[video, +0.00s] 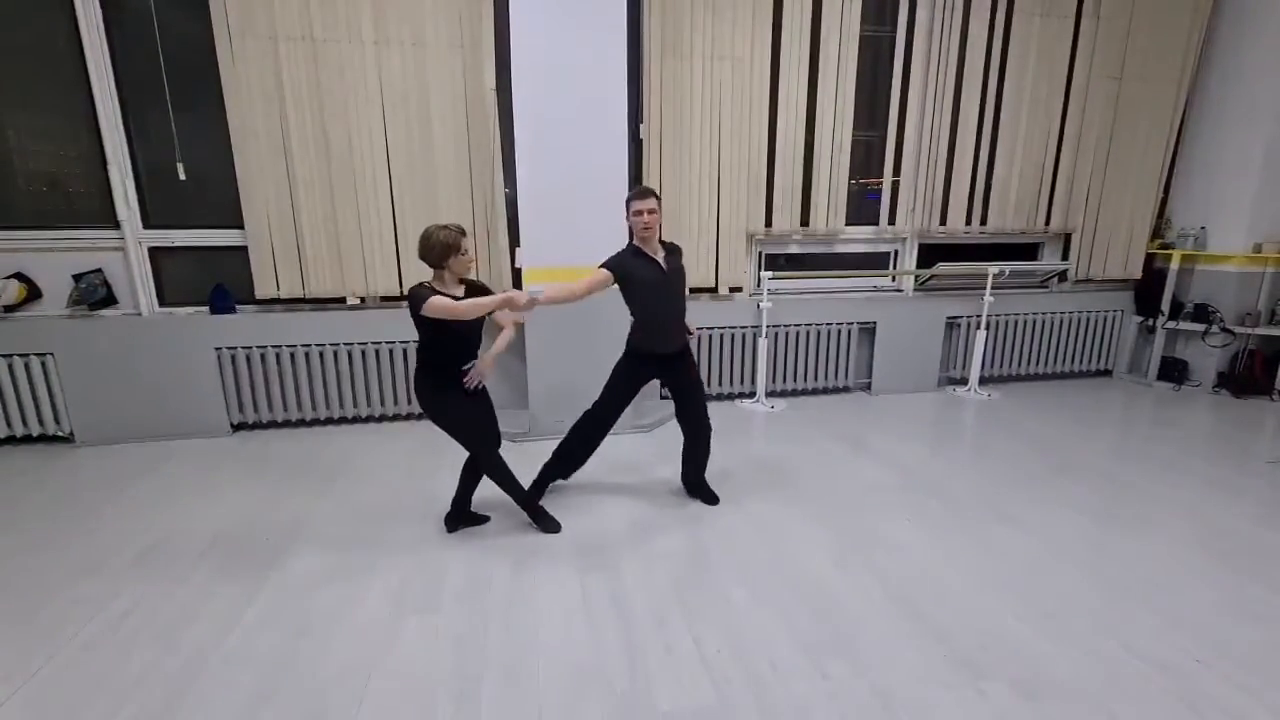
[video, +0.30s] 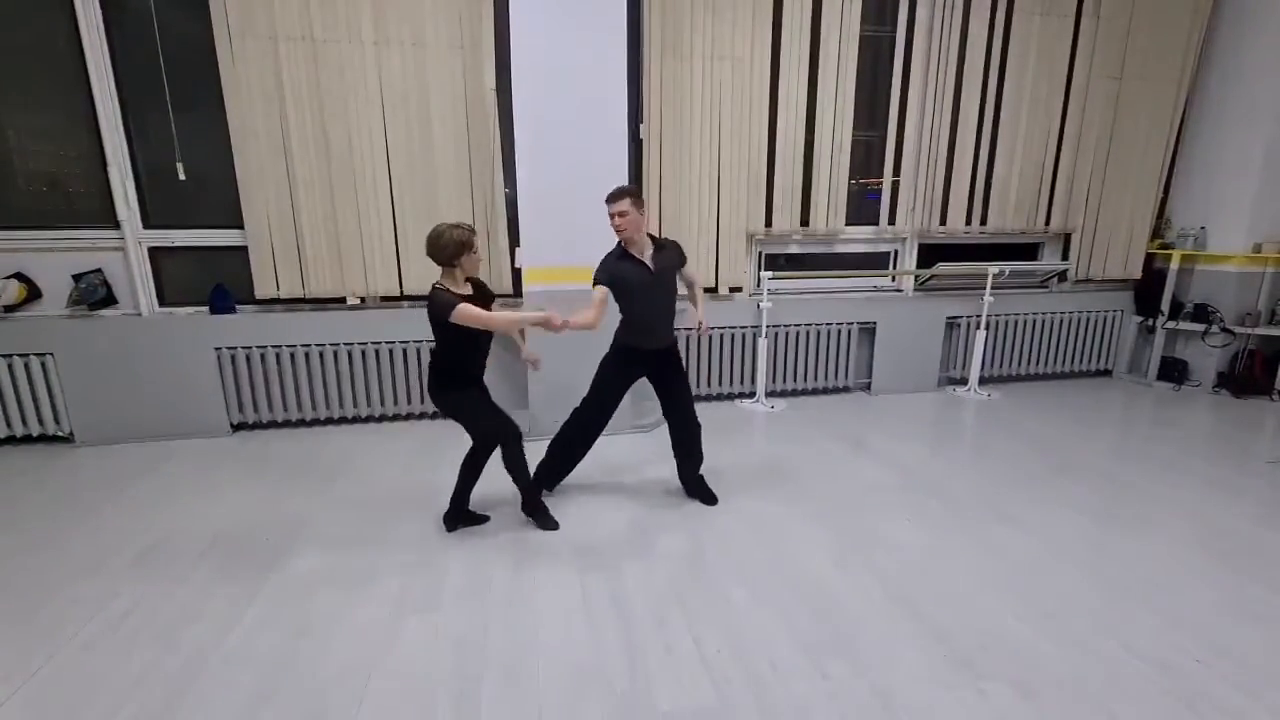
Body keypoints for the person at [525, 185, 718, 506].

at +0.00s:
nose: (645, 219)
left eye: (651, 213)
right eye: (637, 214)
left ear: (660, 216)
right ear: (628, 220)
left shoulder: (674, 253)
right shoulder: (623, 262)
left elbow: (670, 295)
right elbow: (580, 290)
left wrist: (682, 323)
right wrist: (534, 298)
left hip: (678, 353)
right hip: (641, 354)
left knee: (699, 426)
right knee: (601, 416)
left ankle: (694, 478)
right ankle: (547, 476)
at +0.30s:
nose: (616, 222)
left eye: (623, 214)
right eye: (612, 216)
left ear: (643, 214)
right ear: (610, 220)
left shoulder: (671, 251)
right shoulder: (611, 264)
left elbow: (693, 283)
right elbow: (594, 317)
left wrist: (699, 312)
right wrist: (566, 322)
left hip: (664, 351)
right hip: (626, 353)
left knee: (684, 418)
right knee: (591, 415)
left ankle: (692, 478)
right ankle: (541, 481)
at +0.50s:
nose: (604, 227)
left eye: (610, 219)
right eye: (601, 221)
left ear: (631, 218)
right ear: (602, 223)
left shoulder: (665, 255)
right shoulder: (604, 265)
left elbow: (695, 296)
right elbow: (586, 307)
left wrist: (677, 317)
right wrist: (578, 331)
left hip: (652, 352)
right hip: (611, 350)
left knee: (677, 416)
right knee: (573, 410)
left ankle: (691, 479)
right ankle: (533, 470)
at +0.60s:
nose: (603, 223)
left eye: (610, 217)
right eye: (600, 217)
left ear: (630, 217)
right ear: (597, 220)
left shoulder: (651, 260)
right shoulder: (591, 255)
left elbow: (675, 308)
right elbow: (550, 272)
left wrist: (650, 326)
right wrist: (520, 286)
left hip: (642, 356)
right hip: (602, 354)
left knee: (673, 418)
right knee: (568, 413)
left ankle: (691, 478)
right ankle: (527, 466)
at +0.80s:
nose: (621, 218)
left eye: (623, 212)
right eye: (615, 211)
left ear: (620, 215)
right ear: (593, 210)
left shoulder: (621, 258)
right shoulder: (561, 243)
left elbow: (626, 307)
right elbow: (515, 242)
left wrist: (623, 324)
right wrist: (492, 254)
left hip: (605, 345)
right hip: (565, 343)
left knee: (639, 413)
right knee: (549, 414)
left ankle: (678, 478)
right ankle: (553, 490)